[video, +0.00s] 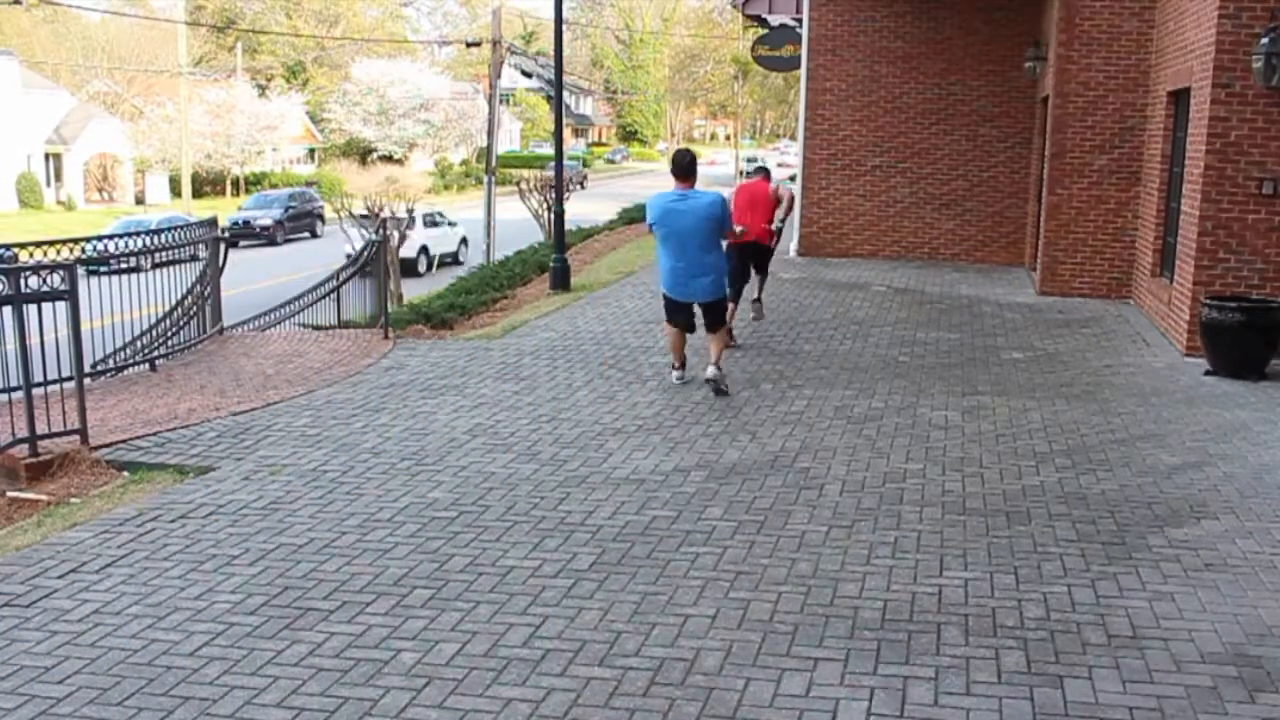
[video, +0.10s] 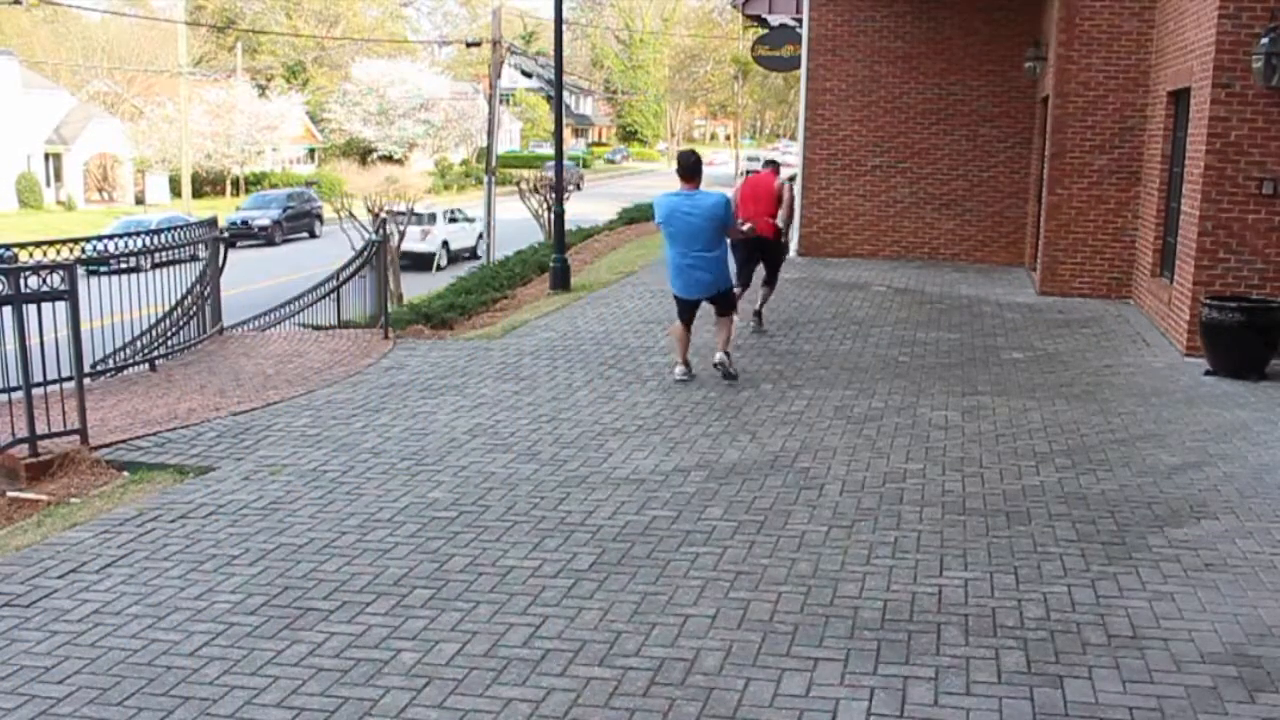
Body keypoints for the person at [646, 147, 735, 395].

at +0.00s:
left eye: (677, 170)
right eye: (692, 169)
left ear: (672, 173)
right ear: (696, 171)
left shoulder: (656, 204)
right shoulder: (715, 201)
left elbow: (653, 229)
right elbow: (726, 232)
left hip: (675, 282)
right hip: (710, 281)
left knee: (675, 324)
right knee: (716, 327)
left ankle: (678, 367)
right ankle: (714, 366)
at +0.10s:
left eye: (680, 171)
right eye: (696, 170)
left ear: (677, 173)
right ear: (701, 172)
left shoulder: (662, 203)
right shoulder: (719, 201)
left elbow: (664, 229)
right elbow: (731, 233)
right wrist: (745, 231)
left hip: (683, 280)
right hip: (716, 277)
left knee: (683, 322)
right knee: (725, 312)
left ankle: (682, 363)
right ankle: (722, 352)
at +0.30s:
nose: (720, 170)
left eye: (709, 167)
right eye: (723, 166)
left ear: (704, 169)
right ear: (726, 168)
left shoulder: (688, 193)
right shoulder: (739, 198)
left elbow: (676, 215)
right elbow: (745, 230)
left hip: (697, 268)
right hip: (728, 271)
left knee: (696, 300)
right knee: (733, 311)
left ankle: (686, 334)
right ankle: (737, 349)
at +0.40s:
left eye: (718, 168)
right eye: (732, 168)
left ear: (713, 171)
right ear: (735, 170)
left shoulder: (698, 194)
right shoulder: (748, 199)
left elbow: (688, 221)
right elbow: (753, 227)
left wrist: (710, 220)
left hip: (707, 267)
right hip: (736, 269)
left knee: (705, 296)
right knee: (740, 306)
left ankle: (698, 338)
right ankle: (738, 347)